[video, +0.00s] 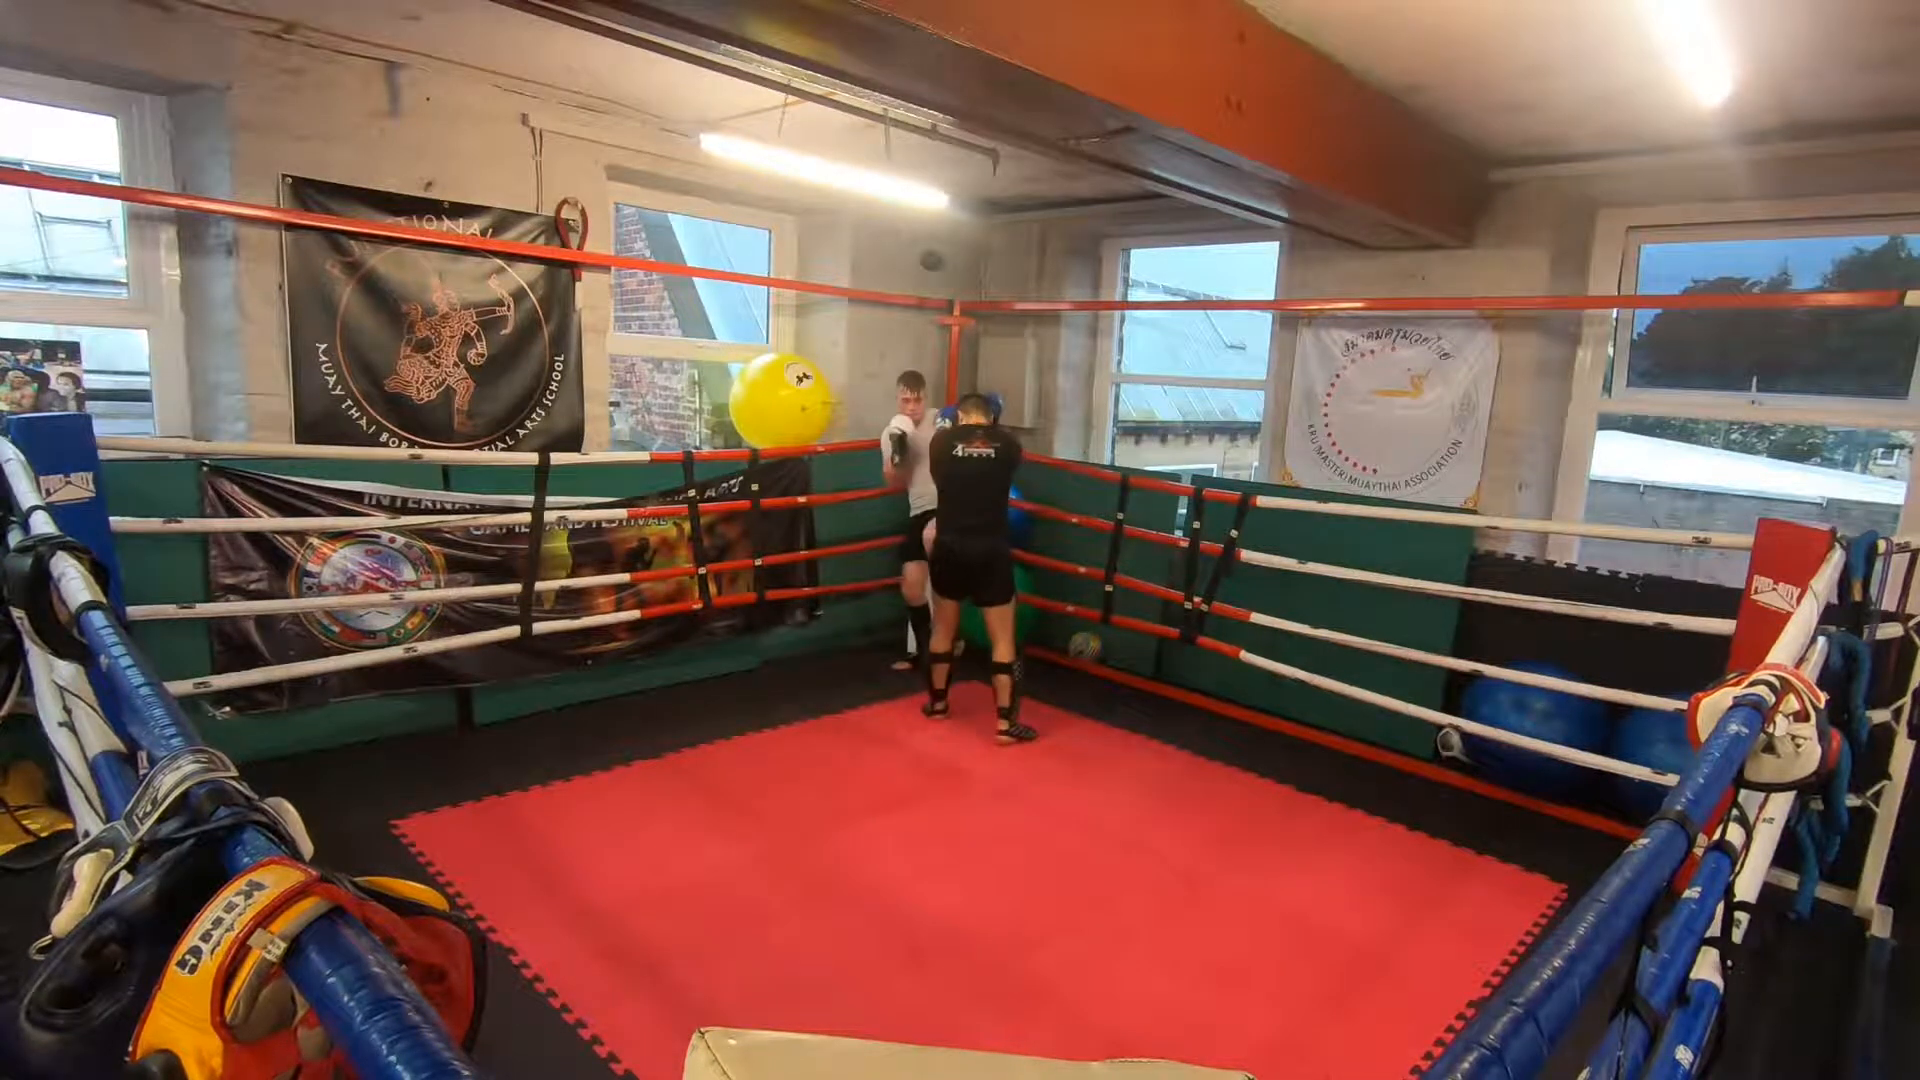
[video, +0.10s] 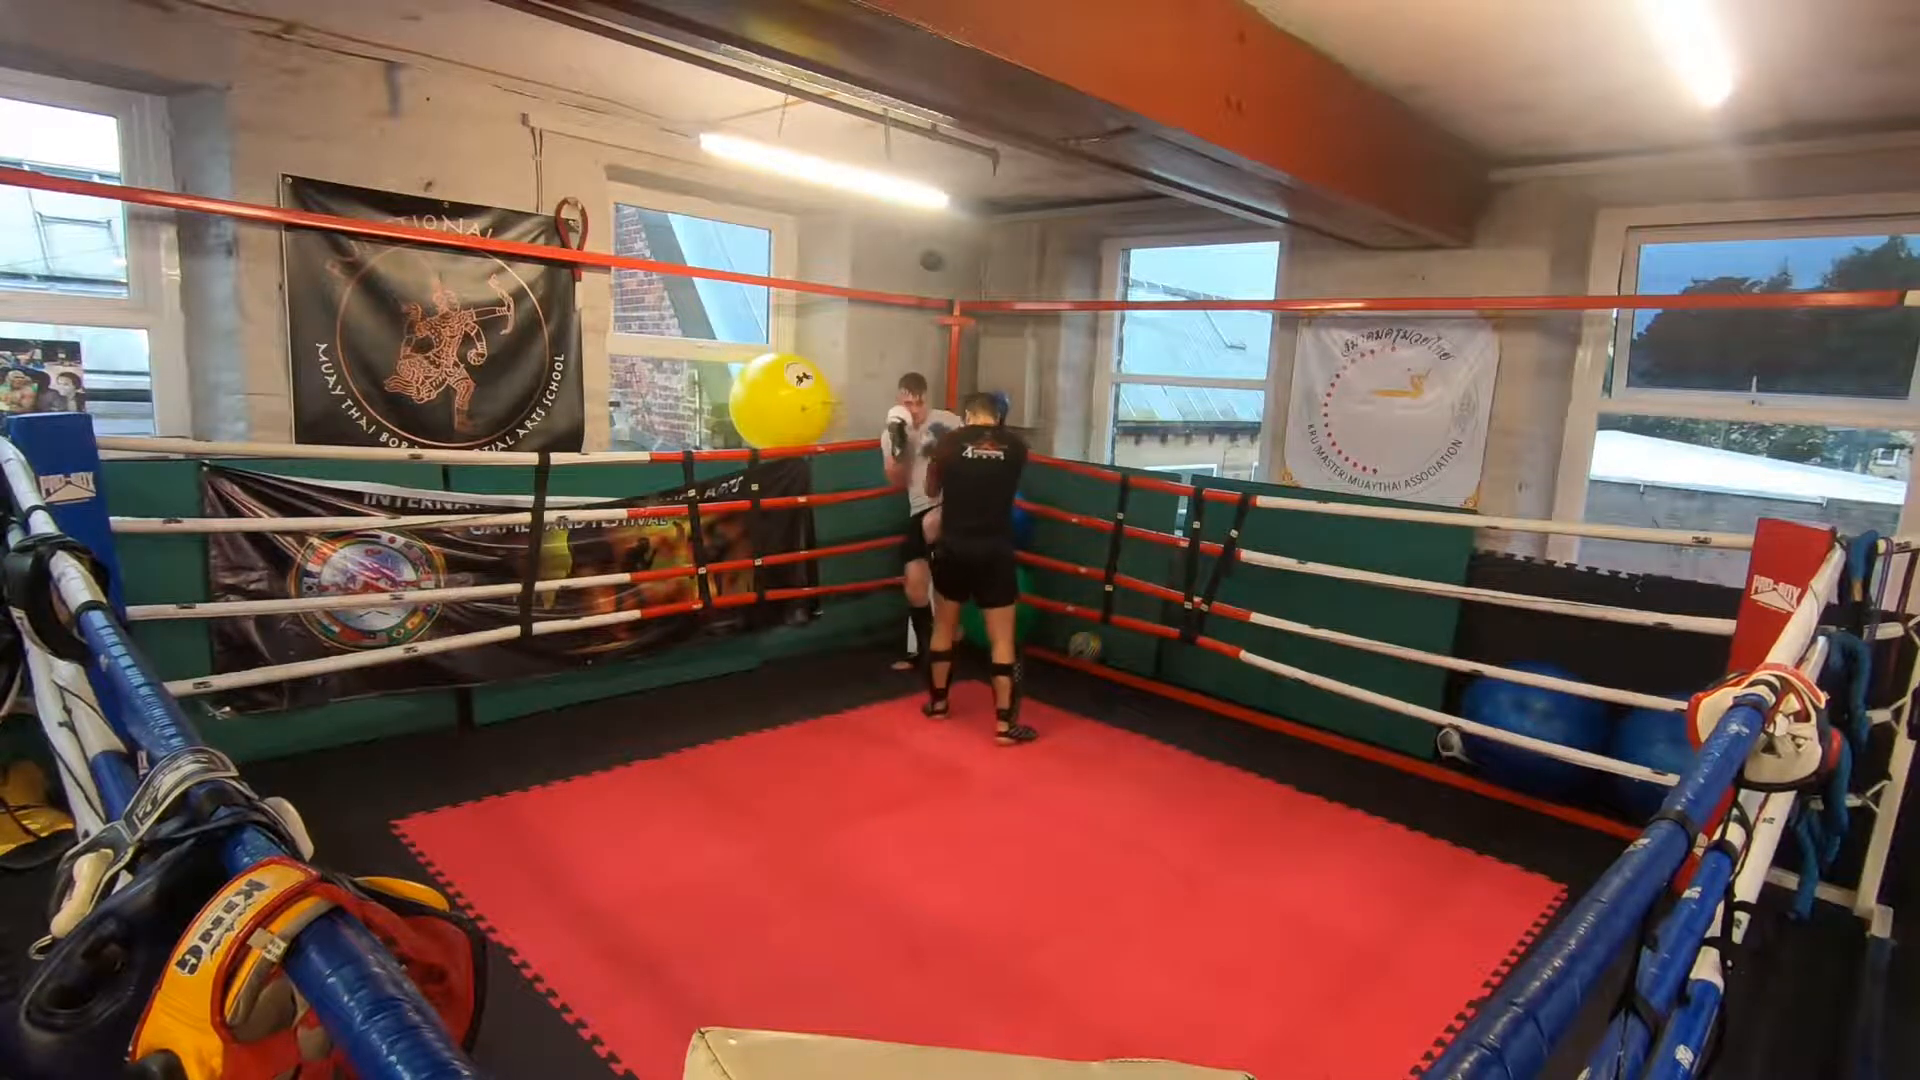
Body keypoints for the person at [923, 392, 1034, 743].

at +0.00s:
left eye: (963, 413)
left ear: (959, 414)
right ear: (993, 416)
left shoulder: (940, 441)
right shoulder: (1007, 443)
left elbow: (938, 477)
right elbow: (1009, 461)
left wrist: (964, 433)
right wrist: (982, 431)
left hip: (950, 548)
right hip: (992, 550)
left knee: (943, 629)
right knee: (1002, 639)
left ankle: (937, 702)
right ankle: (1005, 722)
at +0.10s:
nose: (966, 422)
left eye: (965, 417)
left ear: (965, 417)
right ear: (999, 418)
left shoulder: (949, 443)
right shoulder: (1016, 447)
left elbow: (931, 489)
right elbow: (1003, 487)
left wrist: (946, 457)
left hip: (954, 549)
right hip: (995, 551)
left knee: (944, 626)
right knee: (1002, 638)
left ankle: (938, 701)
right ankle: (1005, 723)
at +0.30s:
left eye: (993, 409)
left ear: (986, 410)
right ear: (1019, 416)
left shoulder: (961, 438)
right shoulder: (1027, 452)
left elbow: (921, 472)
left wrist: (890, 481)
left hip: (954, 548)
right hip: (997, 553)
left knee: (944, 626)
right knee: (1001, 637)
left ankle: (937, 701)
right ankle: (1006, 724)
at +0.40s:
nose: (1005, 419)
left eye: (993, 411)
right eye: (1013, 414)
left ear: (987, 409)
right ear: (1018, 415)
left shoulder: (961, 433)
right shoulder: (1023, 452)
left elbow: (919, 443)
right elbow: (1027, 498)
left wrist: (901, 440)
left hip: (950, 542)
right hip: (988, 548)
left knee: (946, 624)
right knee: (997, 635)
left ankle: (937, 702)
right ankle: (1006, 722)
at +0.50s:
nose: (1006, 417)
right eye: (1013, 412)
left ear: (983, 406)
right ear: (1014, 413)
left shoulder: (958, 429)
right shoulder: (1020, 449)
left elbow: (915, 438)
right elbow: (1025, 502)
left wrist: (910, 418)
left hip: (945, 543)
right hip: (986, 550)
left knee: (943, 625)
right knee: (999, 636)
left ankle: (936, 702)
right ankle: (1004, 721)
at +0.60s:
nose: (987, 417)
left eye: (983, 410)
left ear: (981, 410)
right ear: (1013, 415)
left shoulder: (956, 438)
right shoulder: (1023, 453)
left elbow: (901, 455)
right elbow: (1027, 503)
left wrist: (900, 434)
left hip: (947, 547)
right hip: (990, 554)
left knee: (943, 625)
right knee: (999, 638)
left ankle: (936, 701)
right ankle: (989, 726)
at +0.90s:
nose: (964, 417)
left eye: (965, 412)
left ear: (972, 412)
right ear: (1003, 411)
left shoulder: (958, 446)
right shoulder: (1026, 449)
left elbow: (942, 503)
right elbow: (1034, 502)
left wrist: (927, 506)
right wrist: (1003, 504)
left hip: (954, 559)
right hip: (998, 562)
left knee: (939, 633)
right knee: (992, 650)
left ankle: (931, 703)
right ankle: (986, 735)